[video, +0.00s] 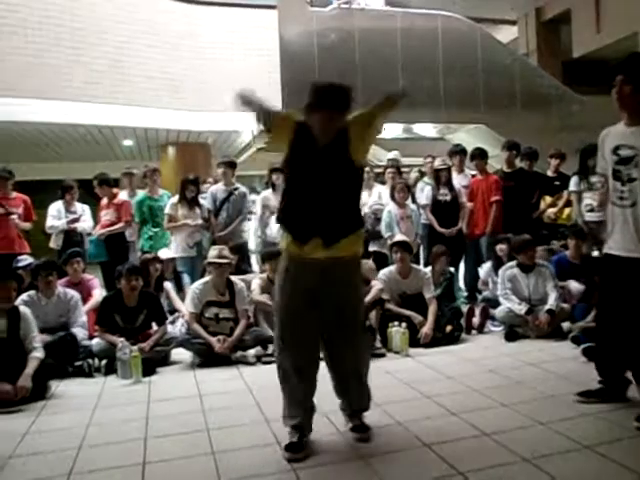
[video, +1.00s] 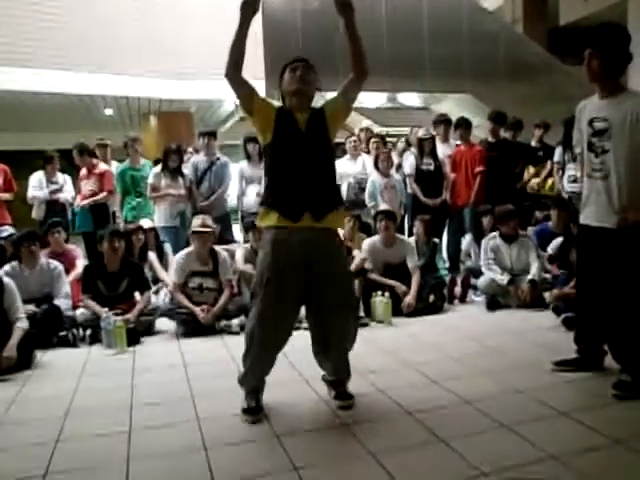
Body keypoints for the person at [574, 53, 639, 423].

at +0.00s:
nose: (619, 94)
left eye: (625, 87)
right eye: (616, 87)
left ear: (639, 92)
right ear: (615, 93)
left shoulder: (635, 135)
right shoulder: (608, 136)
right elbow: (604, 182)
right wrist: (598, 210)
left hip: (636, 248)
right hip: (616, 246)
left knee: (637, 325)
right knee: (609, 320)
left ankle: (638, 393)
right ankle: (613, 383)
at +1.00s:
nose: (586, 67)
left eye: (592, 60)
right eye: (586, 60)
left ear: (612, 63)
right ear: (594, 65)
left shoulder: (634, 107)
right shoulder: (583, 109)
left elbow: (639, 163)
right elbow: (580, 159)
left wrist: (635, 207)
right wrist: (575, 199)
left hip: (624, 219)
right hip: (590, 216)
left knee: (625, 296)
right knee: (589, 290)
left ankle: (633, 369)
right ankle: (589, 352)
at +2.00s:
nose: (572, 126)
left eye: (578, 120)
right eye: (573, 120)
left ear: (596, 125)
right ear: (580, 128)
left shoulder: (620, 165)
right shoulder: (572, 169)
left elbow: (636, 217)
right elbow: (566, 220)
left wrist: (633, 263)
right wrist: (563, 262)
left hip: (614, 278)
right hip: (579, 277)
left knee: (619, 349)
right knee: (583, 347)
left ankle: (633, 417)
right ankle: (597, 410)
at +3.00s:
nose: (561, 133)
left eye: (566, 127)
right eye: (558, 128)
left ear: (585, 130)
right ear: (558, 134)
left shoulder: (607, 166)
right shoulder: (560, 175)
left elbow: (632, 211)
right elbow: (562, 220)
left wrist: (622, 259)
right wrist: (560, 256)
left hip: (604, 275)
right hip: (571, 275)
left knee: (607, 346)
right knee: (578, 346)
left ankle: (620, 412)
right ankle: (597, 409)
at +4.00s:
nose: (562, 139)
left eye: (566, 132)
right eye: (559, 134)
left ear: (583, 130)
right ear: (557, 136)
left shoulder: (607, 166)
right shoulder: (563, 174)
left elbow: (631, 213)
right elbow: (564, 220)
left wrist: (618, 259)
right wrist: (561, 257)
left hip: (601, 275)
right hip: (570, 275)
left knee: (605, 346)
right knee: (577, 346)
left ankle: (619, 412)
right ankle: (597, 409)